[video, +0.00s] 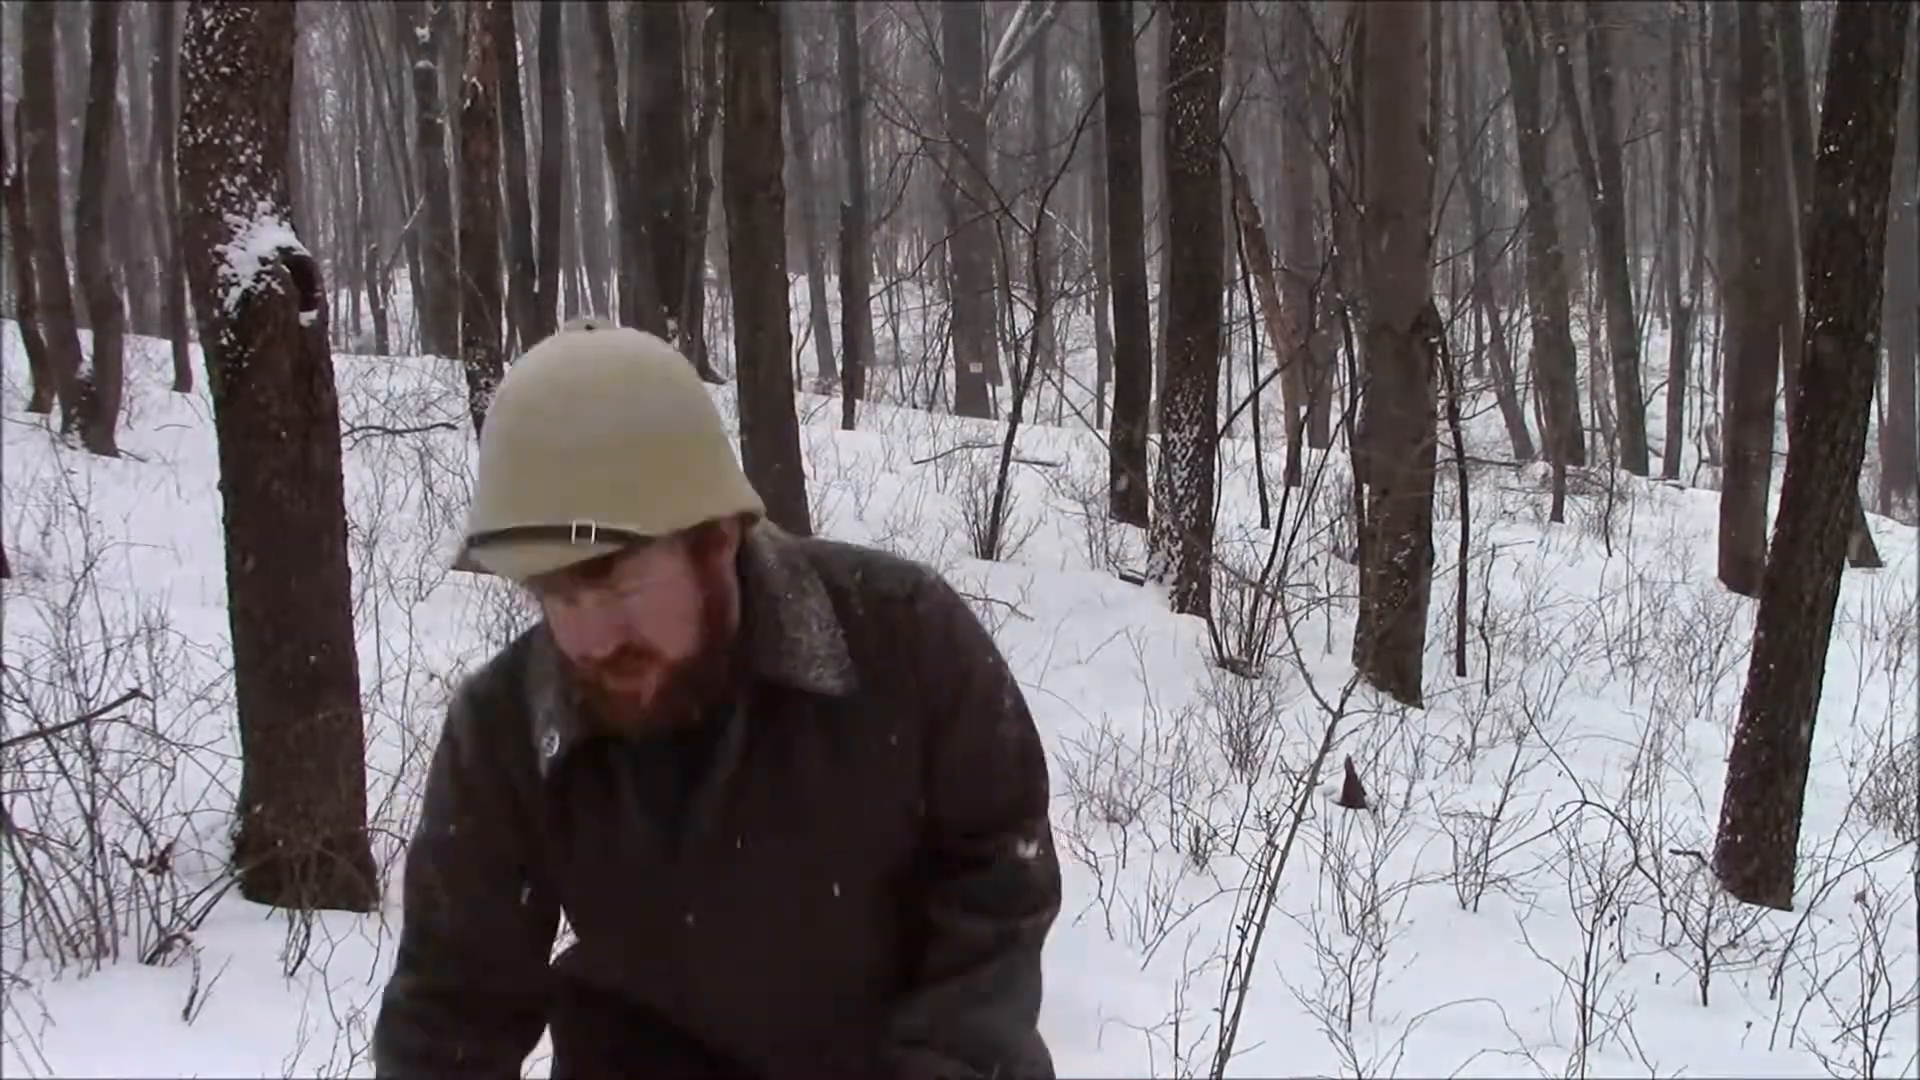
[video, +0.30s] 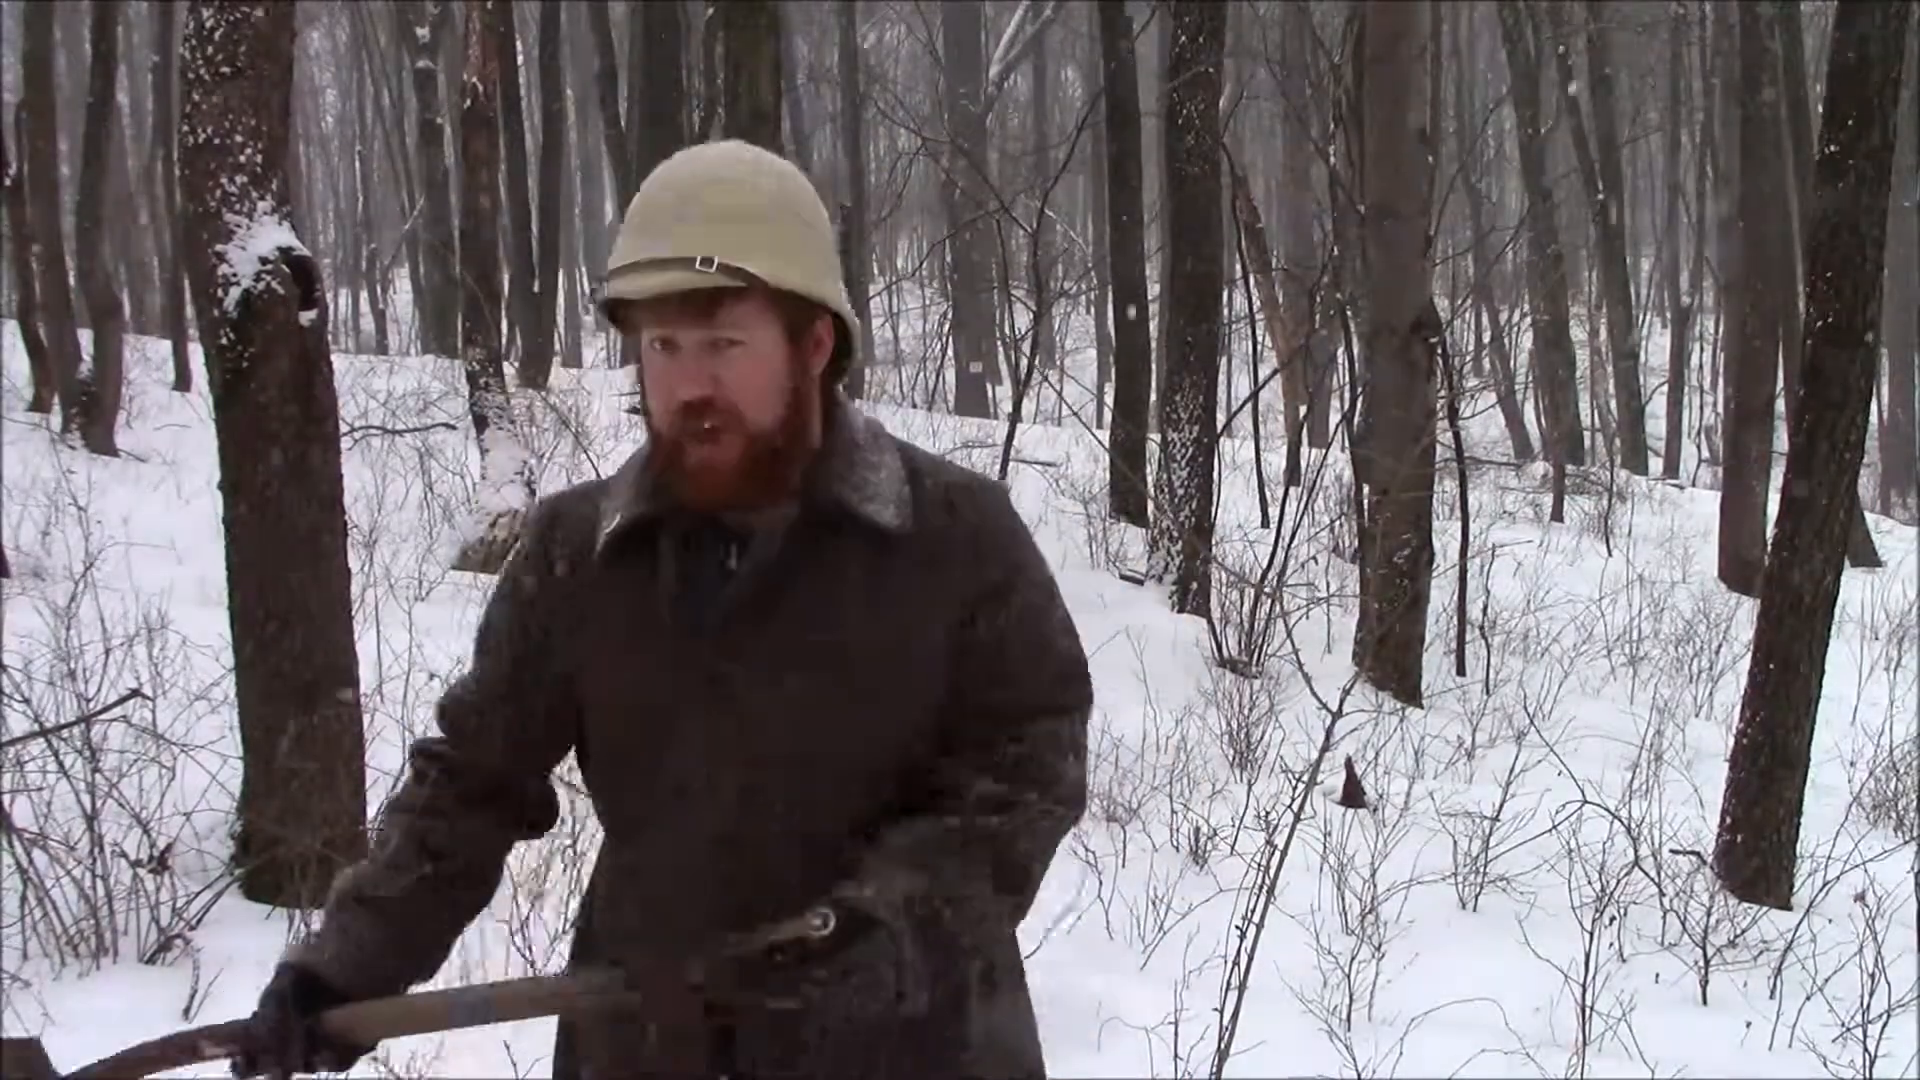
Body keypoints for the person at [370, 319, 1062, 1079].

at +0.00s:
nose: (586, 640)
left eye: (610, 580)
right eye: (550, 593)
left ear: (719, 534)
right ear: (523, 584)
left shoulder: (910, 640)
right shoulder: (504, 730)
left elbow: (998, 888)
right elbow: (453, 1012)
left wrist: (947, 1062)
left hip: (888, 1031)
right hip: (657, 1039)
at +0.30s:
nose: (690, 387)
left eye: (725, 341)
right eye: (663, 348)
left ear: (818, 344)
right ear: (635, 360)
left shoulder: (962, 542)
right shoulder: (573, 555)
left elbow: (1025, 778)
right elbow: (469, 788)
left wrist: (874, 935)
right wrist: (335, 972)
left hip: (912, 1048)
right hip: (645, 1041)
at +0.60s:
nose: (747, 329)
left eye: (781, 290)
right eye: (725, 300)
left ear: (876, 301)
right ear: (705, 322)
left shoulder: (1029, 508)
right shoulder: (658, 532)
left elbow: (1153, 729)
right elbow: (617, 786)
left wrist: (1157, 905)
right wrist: (620, 987)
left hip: (984, 1036)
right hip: (731, 1046)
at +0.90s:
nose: (811, 329)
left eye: (838, 291)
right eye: (789, 302)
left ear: (930, 296)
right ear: (771, 325)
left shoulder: (1088, 504)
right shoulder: (729, 527)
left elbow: (1180, 740)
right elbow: (669, 757)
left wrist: (1155, 896)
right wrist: (625, 929)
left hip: (1031, 1022)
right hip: (782, 1023)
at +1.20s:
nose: (854, 330)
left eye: (884, 293)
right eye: (832, 302)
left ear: (972, 302)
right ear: (812, 322)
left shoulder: (1115, 500)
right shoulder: (759, 516)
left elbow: (1219, 738)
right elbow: (702, 758)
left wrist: (1204, 896)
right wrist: (688, 940)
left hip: (1058, 1030)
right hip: (801, 1033)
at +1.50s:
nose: (822, 340)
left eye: (857, 301)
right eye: (804, 308)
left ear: (950, 318)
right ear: (784, 321)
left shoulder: (1076, 528)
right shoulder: (712, 519)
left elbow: (1154, 762)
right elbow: (638, 752)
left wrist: (1101, 921)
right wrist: (602, 939)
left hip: (976, 1038)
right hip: (717, 1040)